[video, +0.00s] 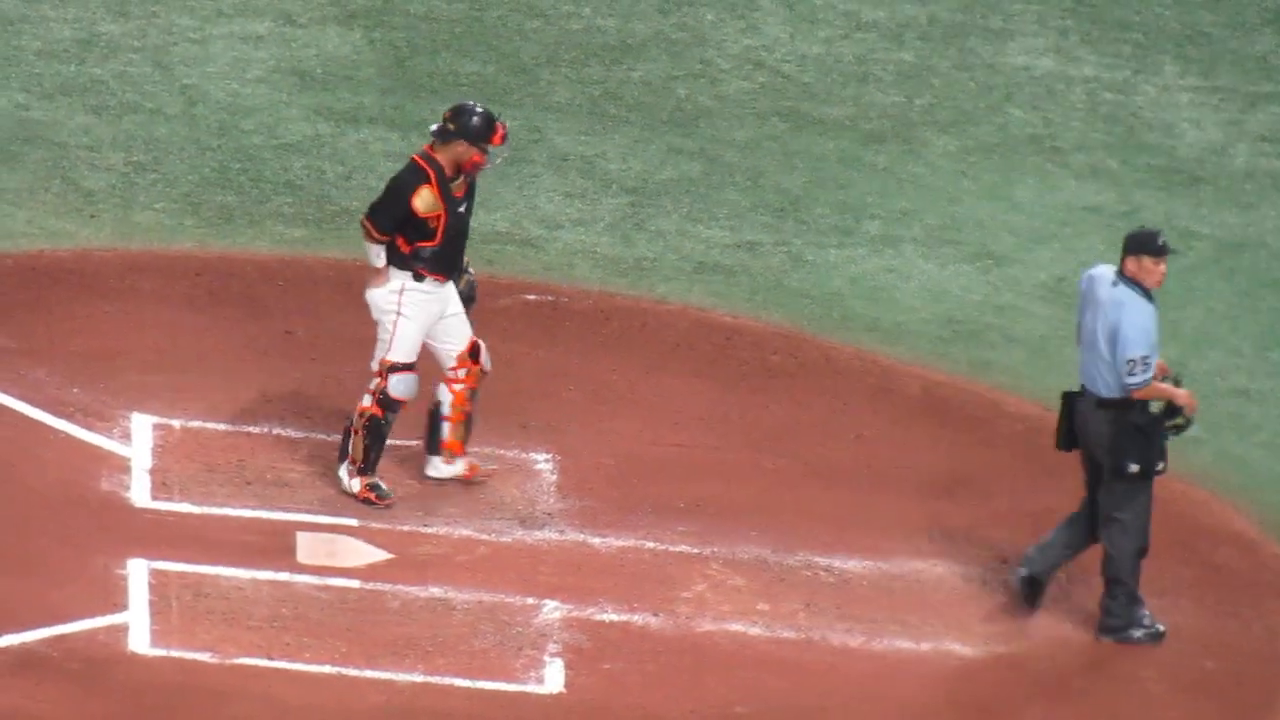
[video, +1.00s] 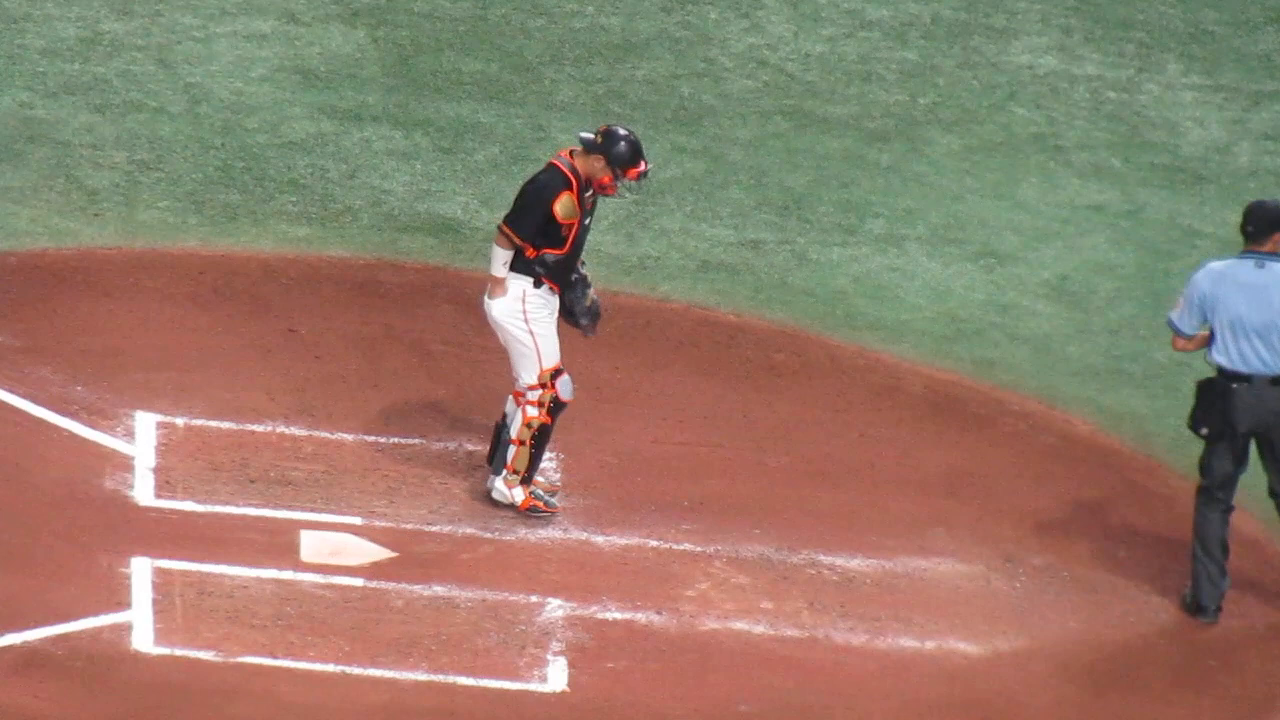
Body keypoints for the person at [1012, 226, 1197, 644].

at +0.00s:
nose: (1163, 269)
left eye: (1163, 261)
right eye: (1155, 261)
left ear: (1130, 264)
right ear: (1132, 263)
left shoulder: (1096, 278)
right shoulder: (1137, 312)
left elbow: (1097, 339)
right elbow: (1137, 384)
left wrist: (1146, 364)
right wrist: (1176, 395)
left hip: (1089, 409)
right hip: (1121, 420)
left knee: (1097, 512)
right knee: (1127, 526)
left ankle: (1035, 569)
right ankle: (1120, 617)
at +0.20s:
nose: (1202, 268)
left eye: (1202, 261)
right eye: (1197, 261)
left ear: (1169, 262)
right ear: (1173, 262)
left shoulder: (1127, 276)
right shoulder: (1181, 311)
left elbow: (1112, 336)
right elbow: (1182, 384)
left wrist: (1171, 353)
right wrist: (1209, 389)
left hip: (1121, 409)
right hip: (1152, 420)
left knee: (1155, 508)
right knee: (1145, 517)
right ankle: (1123, 619)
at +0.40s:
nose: (1227, 260)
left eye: (1226, 252)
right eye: (1221, 253)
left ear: (1192, 256)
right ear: (1197, 256)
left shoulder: (1151, 274)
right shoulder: (1210, 305)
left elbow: (1136, 334)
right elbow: (1215, 379)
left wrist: (1185, 333)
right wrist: (1246, 375)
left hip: (1154, 405)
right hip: (1190, 416)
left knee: (1187, 506)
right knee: (1176, 515)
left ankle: (1204, 595)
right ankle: (1127, 612)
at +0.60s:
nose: (1246, 251)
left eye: (1244, 244)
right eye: (1241, 245)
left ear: (1210, 249)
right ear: (1219, 249)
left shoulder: (1171, 277)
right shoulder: (1237, 296)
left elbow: (1154, 340)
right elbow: (1243, 374)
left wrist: (1200, 339)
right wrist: (1269, 372)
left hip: (1178, 404)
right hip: (1218, 413)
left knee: (1196, 504)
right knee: (1244, 515)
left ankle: (1205, 599)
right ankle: (1173, 588)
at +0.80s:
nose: (1267, 239)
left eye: (1265, 232)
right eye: (1263, 233)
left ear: (1227, 237)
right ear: (1247, 237)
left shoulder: (1188, 271)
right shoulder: (1264, 284)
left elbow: (1168, 336)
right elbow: (1269, 361)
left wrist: (1215, 339)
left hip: (1202, 396)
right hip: (1249, 401)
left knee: (1205, 496)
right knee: (1273, 494)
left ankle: (1204, 594)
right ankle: (1255, 592)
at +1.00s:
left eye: (1279, 233)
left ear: (1245, 235)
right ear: (1276, 237)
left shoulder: (1212, 276)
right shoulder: (1278, 274)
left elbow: (1181, 341)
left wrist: (1224, 331)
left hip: (1231, 398)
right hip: (1275, 399)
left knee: (1214, 496)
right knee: (1279, 493)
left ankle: (1206, 598)